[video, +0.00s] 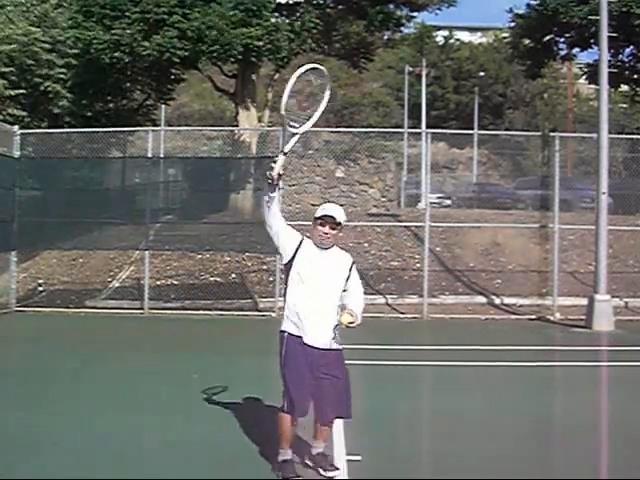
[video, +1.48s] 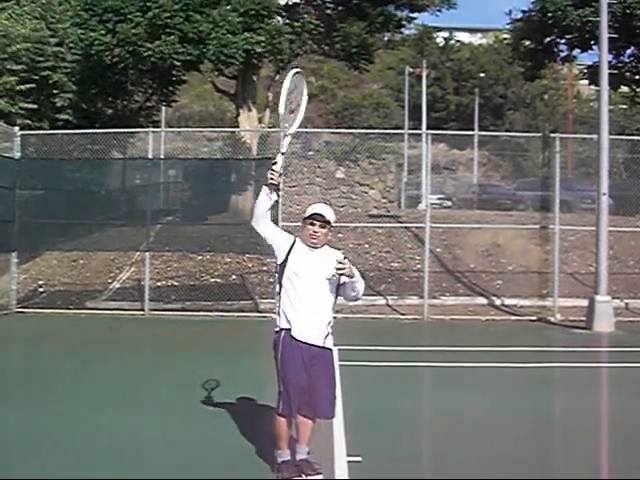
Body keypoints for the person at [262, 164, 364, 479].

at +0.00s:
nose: (326, 230)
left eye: (333, 226)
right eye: (322, 224)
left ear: (339, 232)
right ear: (313, 224)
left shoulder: (345, 262)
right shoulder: (295, 246)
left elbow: (355, 294)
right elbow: (273, 218)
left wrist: (352, 312)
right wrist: (273, 186)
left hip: (328, 339)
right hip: (295, 335)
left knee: (330, 401)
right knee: (295, 398)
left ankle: (318, 451)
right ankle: (284, 456)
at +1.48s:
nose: (315, 229)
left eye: (322, 226)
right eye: (311, 223)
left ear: (329, 231)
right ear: (302, 225)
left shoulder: (334, 259)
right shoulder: (287, 245)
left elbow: (352, 295)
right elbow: (260, 221)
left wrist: (352, 277)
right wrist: (270, 187)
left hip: (320, 338)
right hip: (289, 334)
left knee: (312, 400)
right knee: (289, 396)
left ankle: (303, 457)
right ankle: (283, 459)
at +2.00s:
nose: (322, 236)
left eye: (326, 231)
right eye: (318, 230)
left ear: (330, 231)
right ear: (306, 227)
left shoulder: (331, 253)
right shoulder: (283, 249)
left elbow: (349, 239)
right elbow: (253, 276)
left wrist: (349, 215)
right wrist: (275, 266)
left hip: (319, 335)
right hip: (288, 334)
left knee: (311, 398)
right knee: (286, 397)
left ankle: (302, 457)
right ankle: (282, 459)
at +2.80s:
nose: (305, 245)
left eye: (310, 240)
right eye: (300, 239)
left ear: (315, 237)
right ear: (286, 232)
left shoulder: (318, 260)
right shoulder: (265, 254)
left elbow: (328, 292)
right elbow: (244, 285)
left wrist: (329, 317)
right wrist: (258, 300)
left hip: (305, 344)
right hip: (272, 340)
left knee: (302, 400)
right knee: (259, 400)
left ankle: (300, 457)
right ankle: (241, 456)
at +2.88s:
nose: (300, 247)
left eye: (305, 242)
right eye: (296, 241)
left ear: (311, 238)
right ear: (282, 232)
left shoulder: (311, 261)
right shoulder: (259, 254)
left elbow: (318, 295)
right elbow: (242, 289)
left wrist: (321, 320)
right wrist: (257, 306)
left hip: (299, 344)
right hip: (267, 342)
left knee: (299, 400)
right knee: (255, 401)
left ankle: (299, 457)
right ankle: (241, 456)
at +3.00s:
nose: (293, 247)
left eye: (297, 243)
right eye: (288, 242)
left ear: (300, 240)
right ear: (273, 233)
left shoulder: (300, 260)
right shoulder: (250, 258)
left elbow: (307, 298)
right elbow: (240, 298)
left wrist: (317, 324)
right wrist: (255, 323)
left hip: (290, 342)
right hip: (258, 340)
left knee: (294, 401)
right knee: (250, 402)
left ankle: (299, 458)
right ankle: (239, 458)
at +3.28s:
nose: (287, 248)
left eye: (290, 244)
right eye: (284, 242)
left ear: (289, 242)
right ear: (268, 233)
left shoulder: (286, 261)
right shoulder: (240, 261)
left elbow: (292, 297)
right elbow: (235, 305)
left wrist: (308, 321)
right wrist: (242, 345)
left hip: (281, 341)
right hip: (251, 341)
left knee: (295, 391)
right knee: (248, 400)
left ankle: (292, 455)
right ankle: (238, 457)